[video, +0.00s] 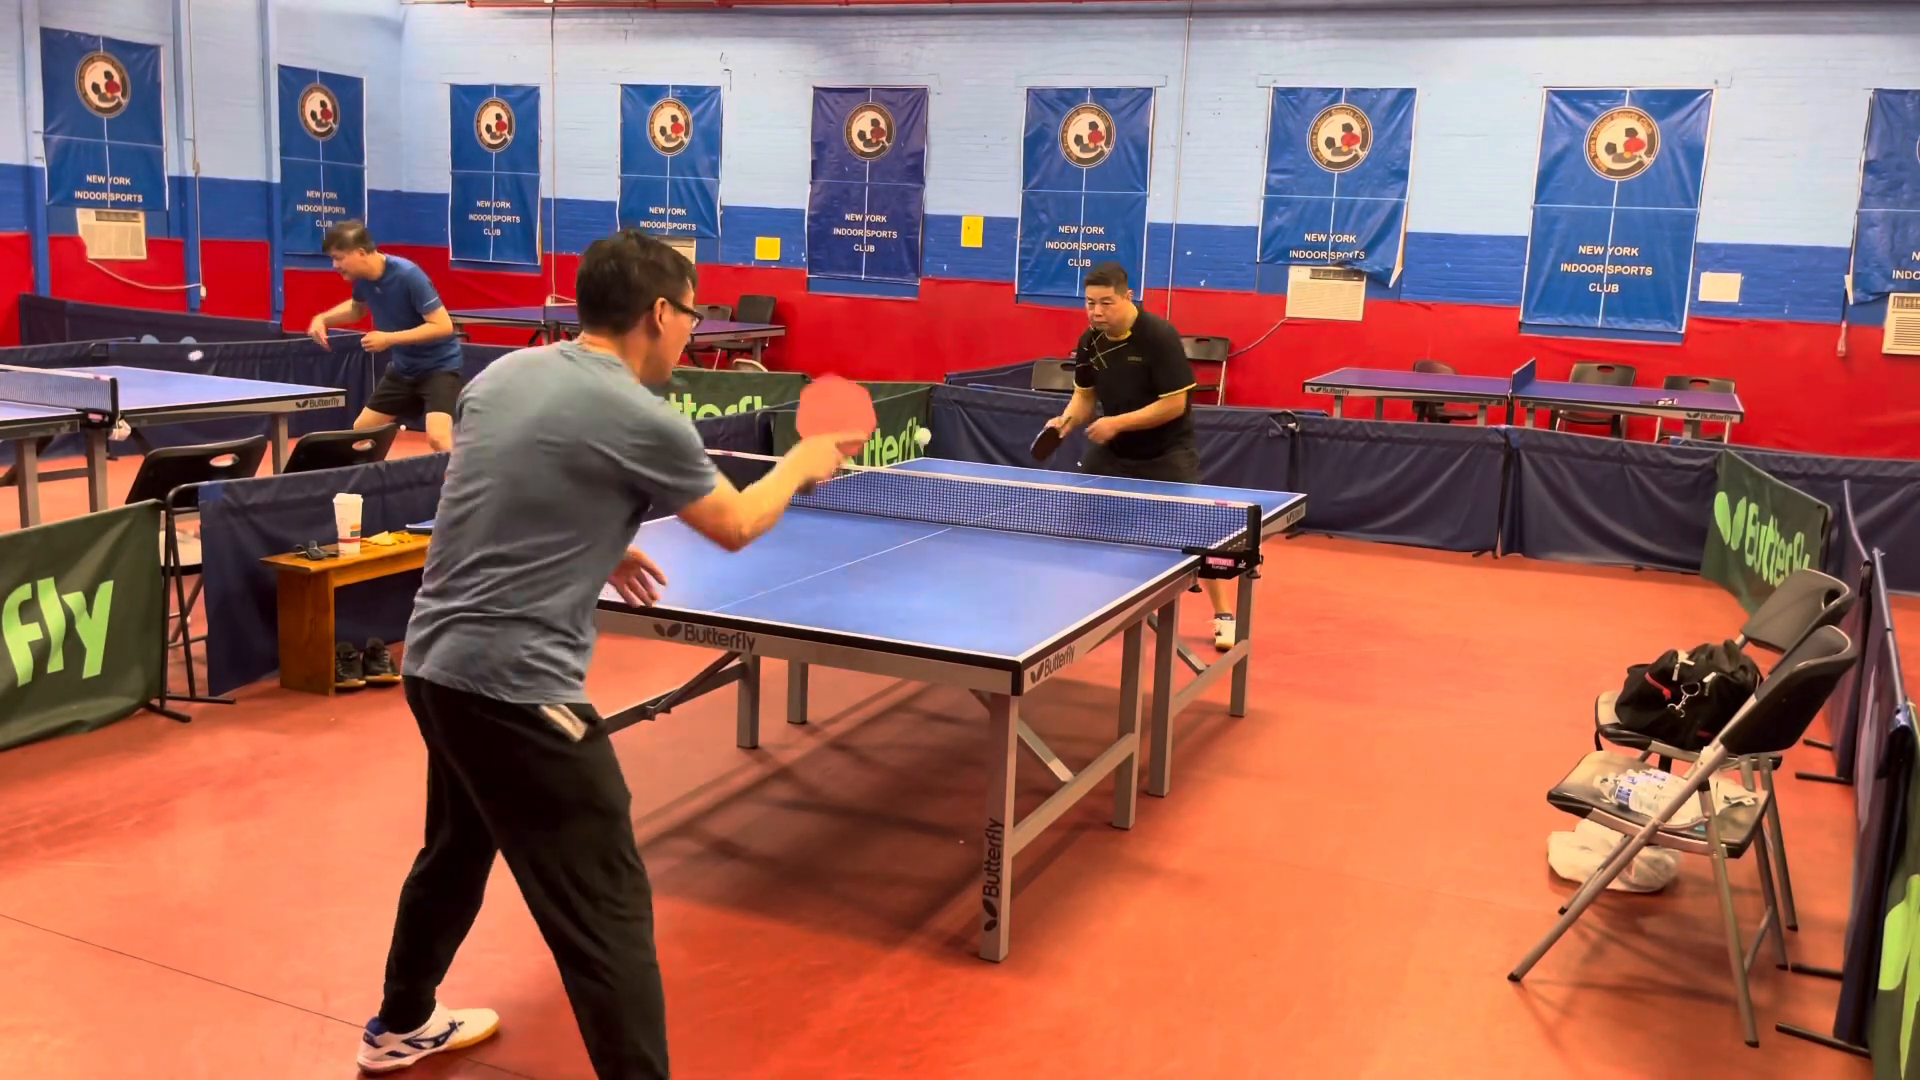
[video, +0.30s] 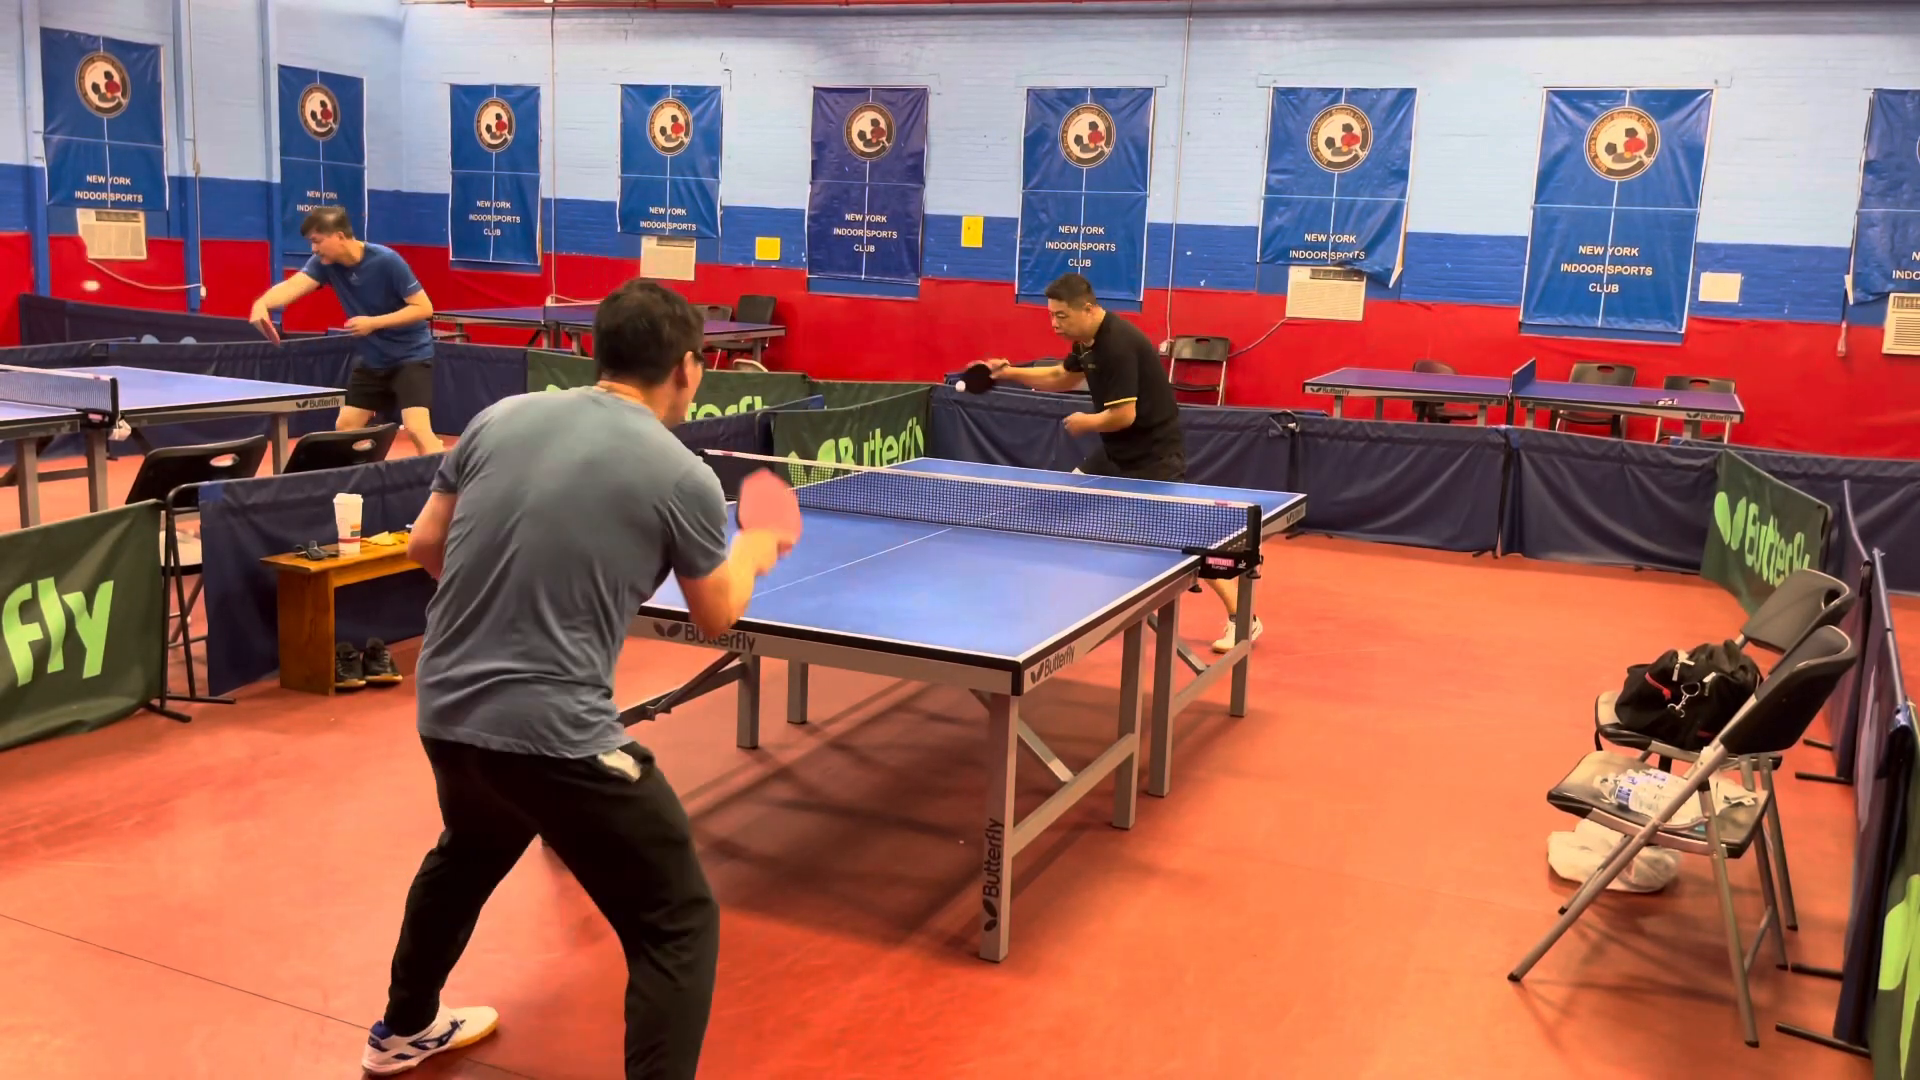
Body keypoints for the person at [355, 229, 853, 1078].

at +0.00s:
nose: (692, 330)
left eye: (692, 313)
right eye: (688, 312)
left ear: (589, 309)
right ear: (655, 314)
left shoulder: (501, 374)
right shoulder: (641, 418)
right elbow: (734, 524)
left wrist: (596, 547)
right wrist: (799, 463)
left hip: (434, 669)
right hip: (522, 690)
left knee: (455, 853)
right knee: (605, 911)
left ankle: (400, 1023)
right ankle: (639, 1069)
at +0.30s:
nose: (698, 380)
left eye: (699, 366)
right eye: (698, 365)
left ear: (600, 358)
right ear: (683, 368)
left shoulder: (503, 418)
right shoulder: (679, 474)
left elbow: (428, 541)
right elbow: (716, 615)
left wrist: (496, 591)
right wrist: (756, 552)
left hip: (448, 715)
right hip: (560, 734)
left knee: (474, 844)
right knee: (677, 923)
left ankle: (404, 1025)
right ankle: (657, 1071)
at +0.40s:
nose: (723, 381)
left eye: (722, 365)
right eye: (722, 366)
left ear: (626, 357)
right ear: (705, 368)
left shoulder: (521, 410)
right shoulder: (683, 475)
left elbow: (443, 523)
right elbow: (664, 644)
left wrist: (536, 559)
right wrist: (732, 677)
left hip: (437, 695)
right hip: (540, 718)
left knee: (468, 845)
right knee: (650, 927)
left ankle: (402, 1026)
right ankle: (646, 1072)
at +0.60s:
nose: (737, 430)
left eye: (741, 414)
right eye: (740, 413)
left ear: (647, 393)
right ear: (715, 411)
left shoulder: (578, 442)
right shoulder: (625, 493)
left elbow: (524, 571)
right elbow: (562, 654)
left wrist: (612, 631)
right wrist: (659, 776)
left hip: (432, 709)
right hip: (500, 731)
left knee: (495, 850)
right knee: (640, 921)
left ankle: (400, 1029)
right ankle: (634, 1067)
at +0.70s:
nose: (725, 425)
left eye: (729, 407)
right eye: (727, 406)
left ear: (633, 387)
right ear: (695, 402)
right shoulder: (610, 481)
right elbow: (586, 653)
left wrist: (669, 660)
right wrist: (734, 688)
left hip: (437, 714)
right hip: (506, 732)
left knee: (501, 846)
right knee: (652, 921)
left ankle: (400, 1027)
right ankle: (644, 1071)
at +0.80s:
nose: (702, 382)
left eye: (705, 364)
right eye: (703, 363)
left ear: (603, 347)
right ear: (669, 357)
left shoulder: (515, 404)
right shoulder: (623, 449)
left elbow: (497, 542)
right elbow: (706, 592)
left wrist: (596, 607)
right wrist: (804, 541)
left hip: (434, 689)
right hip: (516, 710)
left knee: (481, 848)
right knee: (633, 912)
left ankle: (400, 1028)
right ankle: (641, 1071)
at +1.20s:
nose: (710, 396)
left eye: (708, 381)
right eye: (709, 381)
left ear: (608, 368)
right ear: (692, 383)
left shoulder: (508, 427)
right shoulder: (678, 491)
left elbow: (430, 551)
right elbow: (692, 644)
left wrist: (515, 595)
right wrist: (748, 582)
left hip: (440, 719)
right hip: (550, 741)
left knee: (475, 848)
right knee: (674, 928)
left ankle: (399, 1027)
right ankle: (662, 1072)